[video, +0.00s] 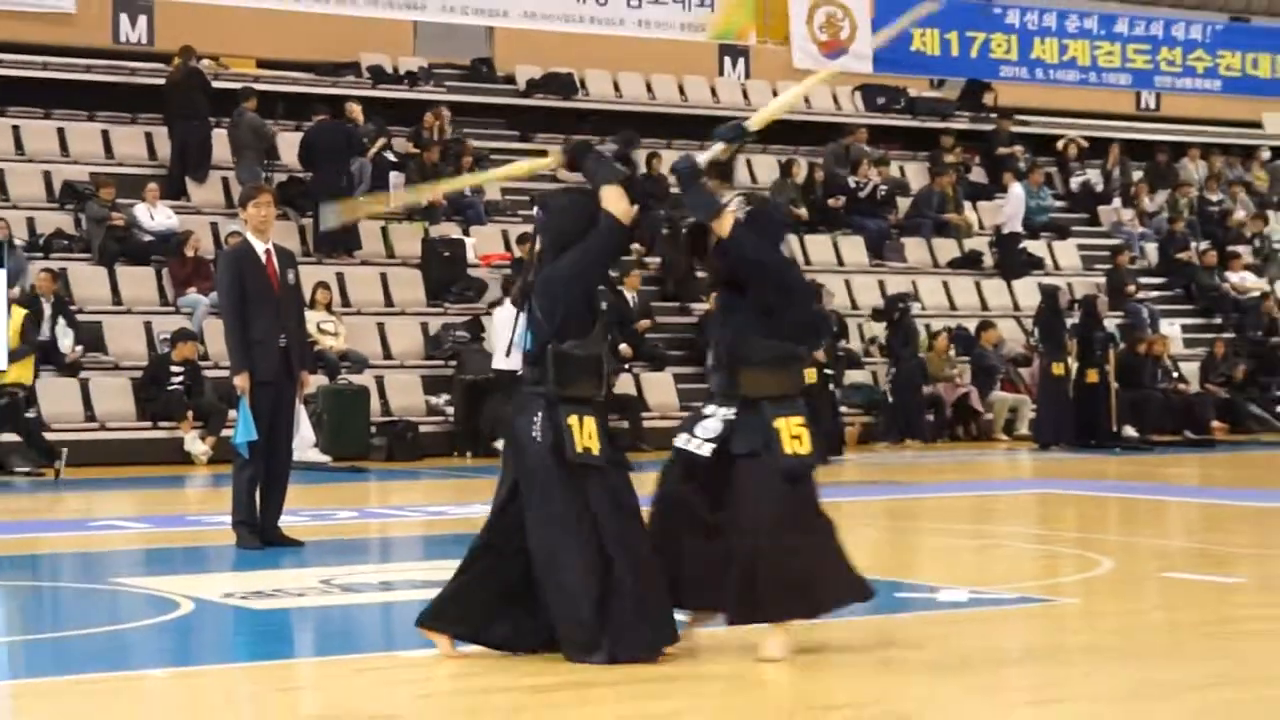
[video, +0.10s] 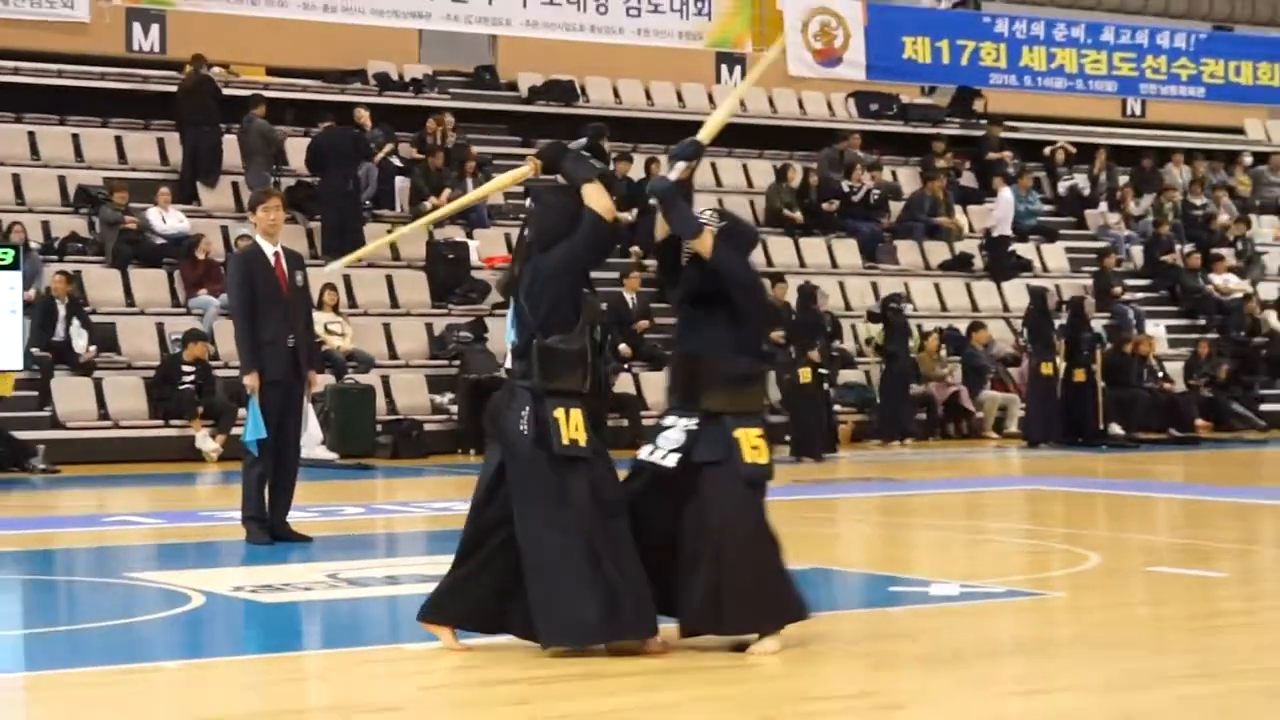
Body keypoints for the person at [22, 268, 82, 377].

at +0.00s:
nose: (41, 284)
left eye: (45, 281)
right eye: (39, 280)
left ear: (54, 285)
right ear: (35, 282)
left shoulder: (60, 302)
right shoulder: (28, 302)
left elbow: (73, 325)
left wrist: (77, 346)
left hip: (53, 344)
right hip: (33, 344)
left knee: (72, 367)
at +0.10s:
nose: (55, 286)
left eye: (59, 283)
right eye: (54, 282)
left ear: (68, 287)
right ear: (50, 284)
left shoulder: (73, 303)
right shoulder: (43, 302)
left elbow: (89, 326)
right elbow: (36, 326)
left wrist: (91, 348)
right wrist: (35, 348)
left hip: (65, 346)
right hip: (44, 346)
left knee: (86, 365)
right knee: (47, 364)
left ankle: (78, 403)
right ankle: (45, 403)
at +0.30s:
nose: (72, 287)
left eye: (76, 284)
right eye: (71, 283)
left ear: (85, 288)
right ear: (68, 285)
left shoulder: (90, 303)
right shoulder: (61, 303)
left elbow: (105, 326)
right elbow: (53, 327)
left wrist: (107, 348)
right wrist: (53, 349)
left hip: (83, 346)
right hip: (63, 346)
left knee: (103, 365)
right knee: (64, 363)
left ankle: (97, 402)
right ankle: (62, 401)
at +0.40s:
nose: (83, 288)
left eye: (88, 285)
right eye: (82, 285)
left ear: (96, 289)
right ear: (80, 287)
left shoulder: (102, 304)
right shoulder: (73, 304)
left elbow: (116, 326)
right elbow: (66, 328)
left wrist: (119, 348)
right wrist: (67, 349)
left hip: (94, 346)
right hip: (74, 346)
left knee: (114, 363)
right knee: (76, 362)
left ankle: (106, 399)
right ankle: (75, 400)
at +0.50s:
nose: (101, 291)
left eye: (105, 288)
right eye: (99, 288)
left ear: (113, 292)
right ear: (96, 290)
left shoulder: (118, 306)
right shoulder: (91, 306)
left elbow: (132, 326)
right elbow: (84, 328)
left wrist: (135, 349)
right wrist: (83, 348)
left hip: (112, 345)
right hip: (94, 345)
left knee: (130, 364)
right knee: (93, 364)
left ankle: (124, 399)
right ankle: (93, 399)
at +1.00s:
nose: (121, 295)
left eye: (124, 291)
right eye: (118, 291)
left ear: (129, 294)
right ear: (112, 293)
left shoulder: (132, 308)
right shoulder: (104, 308)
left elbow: (145, 329)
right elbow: (97, 330)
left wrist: (148, 350)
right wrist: (97, 351)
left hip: (124, 347)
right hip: (106, 348)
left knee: (143, 365)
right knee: (108, 363)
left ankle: (138, 399)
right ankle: (106, 399)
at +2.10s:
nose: (128, 293)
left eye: (129, 290)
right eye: (126, 290)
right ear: (119, 292)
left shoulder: (132, 307)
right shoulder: (110, 306)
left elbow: (135, 327)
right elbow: (104, 328)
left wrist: (135, 343)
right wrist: (103, 347)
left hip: (129, 345)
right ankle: (109, 401)